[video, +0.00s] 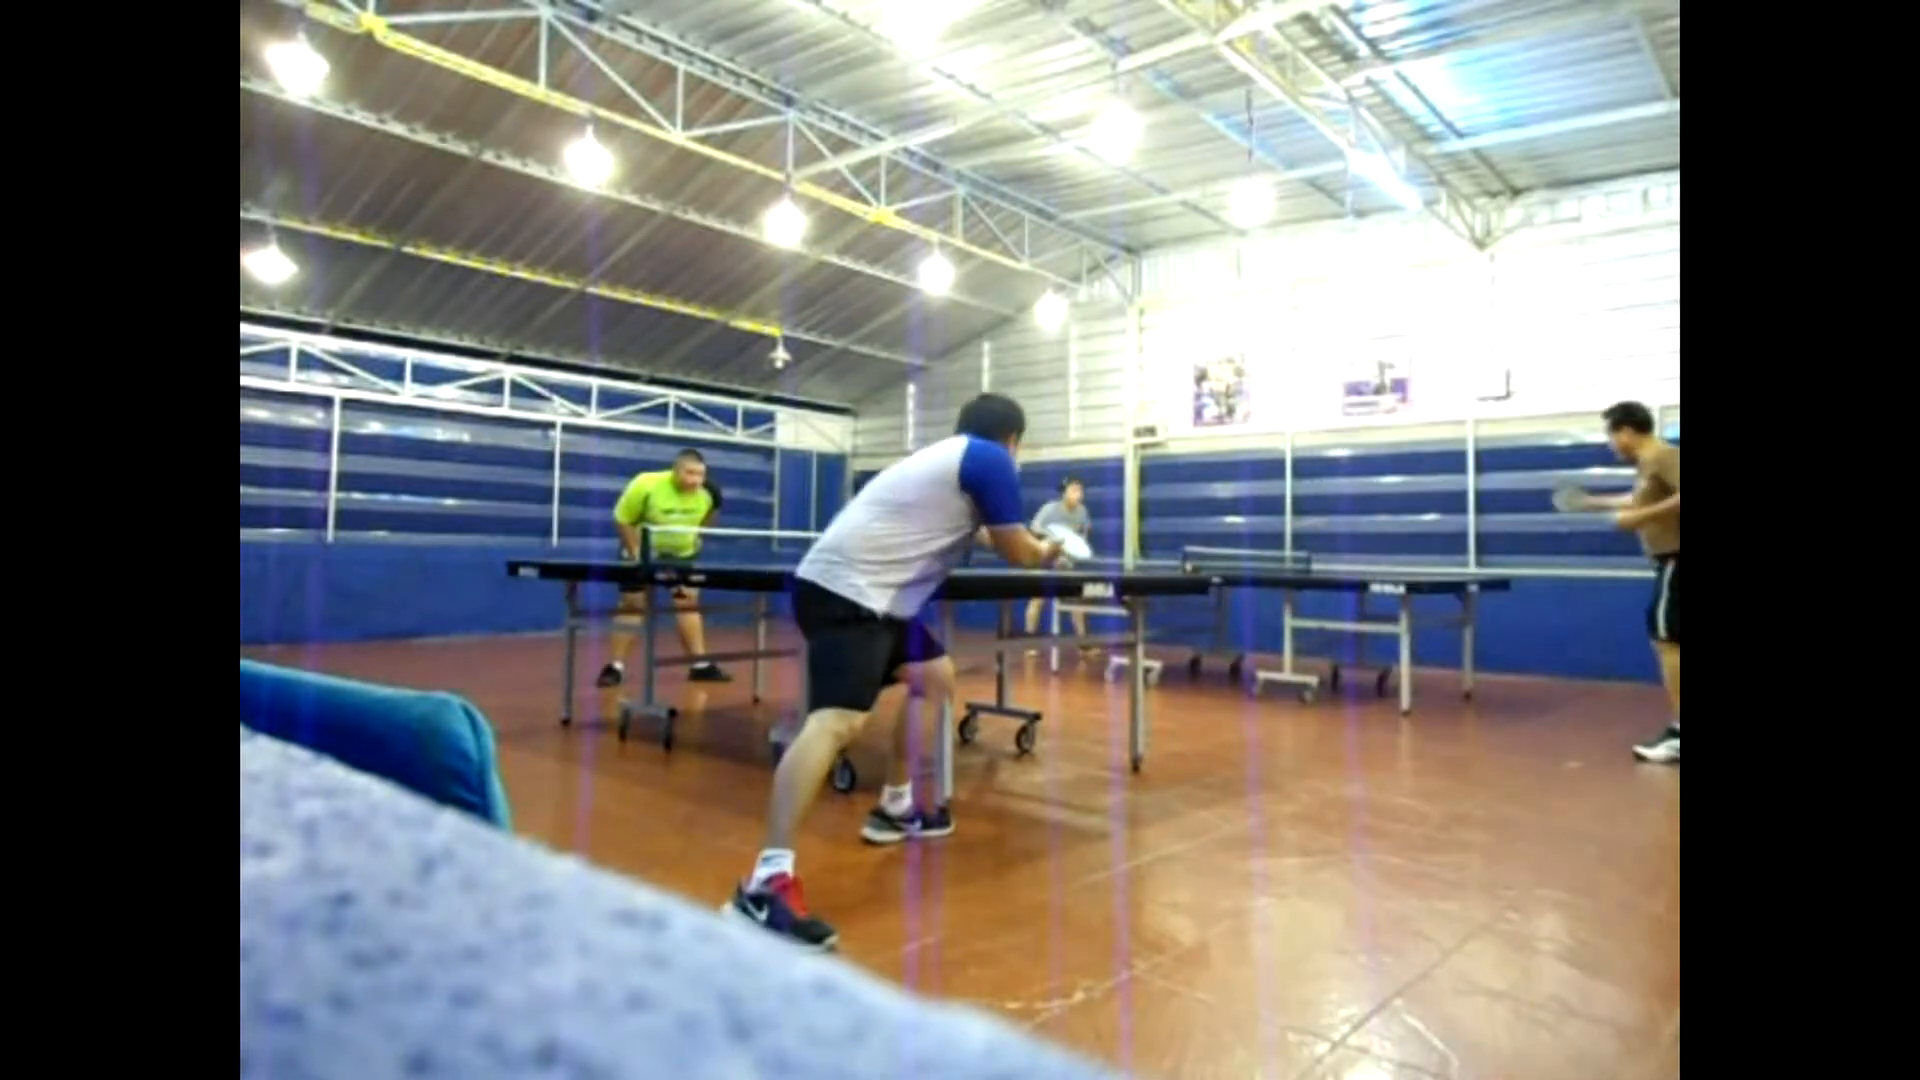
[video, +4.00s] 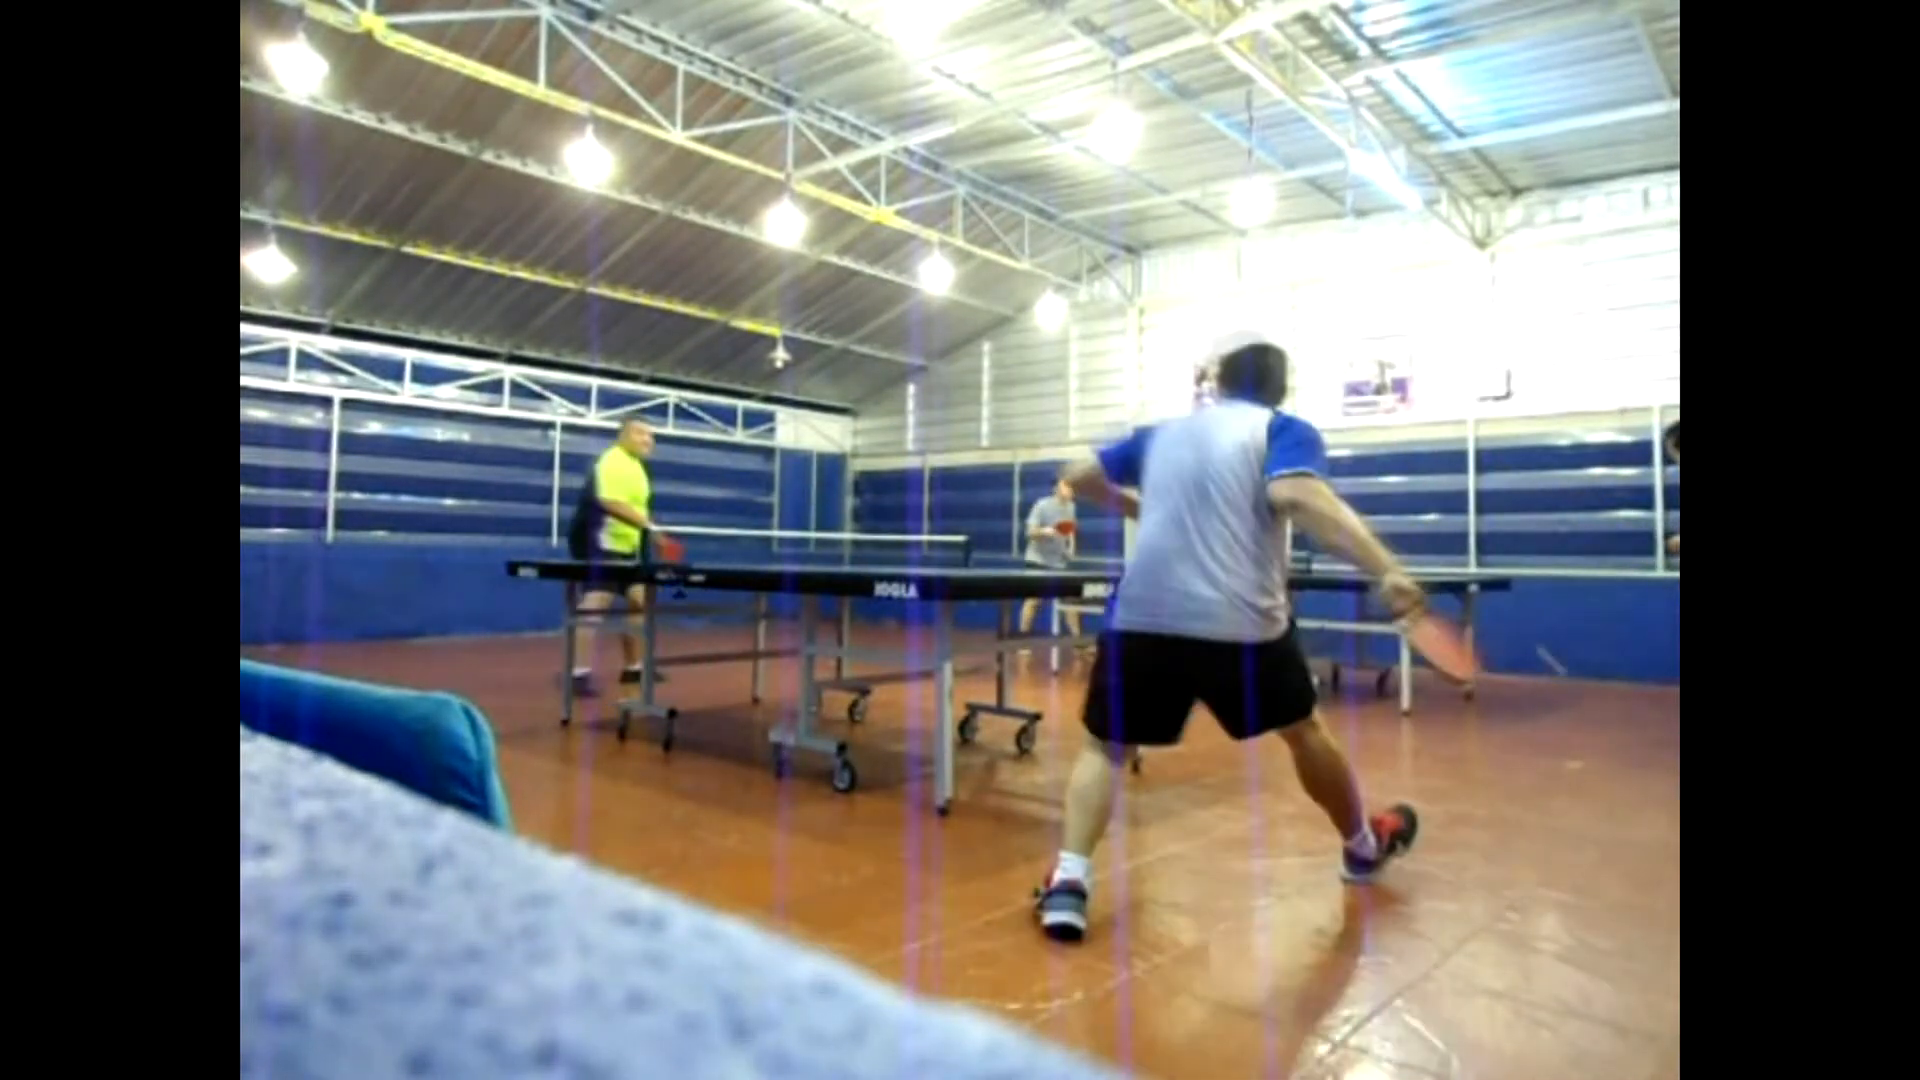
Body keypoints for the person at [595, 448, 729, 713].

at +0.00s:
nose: (694, 479)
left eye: (699, 474)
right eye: (689, 473)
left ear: (704, 475)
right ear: (676, 471)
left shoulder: (708, 495)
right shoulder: (646, 485)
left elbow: (703, 520)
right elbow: (623, 517)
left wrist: (690, 538)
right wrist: (636, 551)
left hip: (684, 554)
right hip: (646, 552)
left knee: (689, 603)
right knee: (632, 606)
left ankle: (700, 660)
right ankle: (616, 664)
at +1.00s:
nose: (696, 446)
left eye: (701, 441)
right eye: (691, 439)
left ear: (706, 445)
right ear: (678, 440)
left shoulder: (709, 474)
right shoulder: (654, 465)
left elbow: (710, 507)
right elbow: (627, 503)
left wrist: (711, 529)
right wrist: (649, 526)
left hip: (692, 550)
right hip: (655, 549)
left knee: (703, 599)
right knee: (636, 604)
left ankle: (702, 660)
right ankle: (617, 663)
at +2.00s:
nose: (710, 447)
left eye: (714, 442)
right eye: (704, 440)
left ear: (717, 448)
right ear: (690, 440)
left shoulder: (719, 481)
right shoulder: (664, 456)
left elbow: (721, 516)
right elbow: (621, 469)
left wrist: (733, 523)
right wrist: (577, 476)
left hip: (693, 548)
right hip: (651, 542)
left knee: (706, 600)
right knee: (634, 598)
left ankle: (701, 662)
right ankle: (618, 663)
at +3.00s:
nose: (600, 454)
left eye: (603, 447)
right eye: (593, 448)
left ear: (612, 444)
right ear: (583, 449)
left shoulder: (635, 464)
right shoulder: (572, 478)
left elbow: (666, 496)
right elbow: (569, 520)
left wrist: (649, 521)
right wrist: (549, 534)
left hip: (644, 546)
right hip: (600, 552)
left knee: (669, 594)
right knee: (593, 605)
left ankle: (667, 644)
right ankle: (585, 667)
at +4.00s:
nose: (648, 441)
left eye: (650, 436)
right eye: (643, 434)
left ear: (646, 441)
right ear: (626, 435)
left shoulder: (637, 466)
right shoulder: (611, 462)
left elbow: (637, 507)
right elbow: (608, 500)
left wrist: (655, 537)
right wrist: (648, 525)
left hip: (631, 546)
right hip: (605, 545)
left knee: (638, 602)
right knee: (595, 604)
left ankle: (634, 664)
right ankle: (581, 668)